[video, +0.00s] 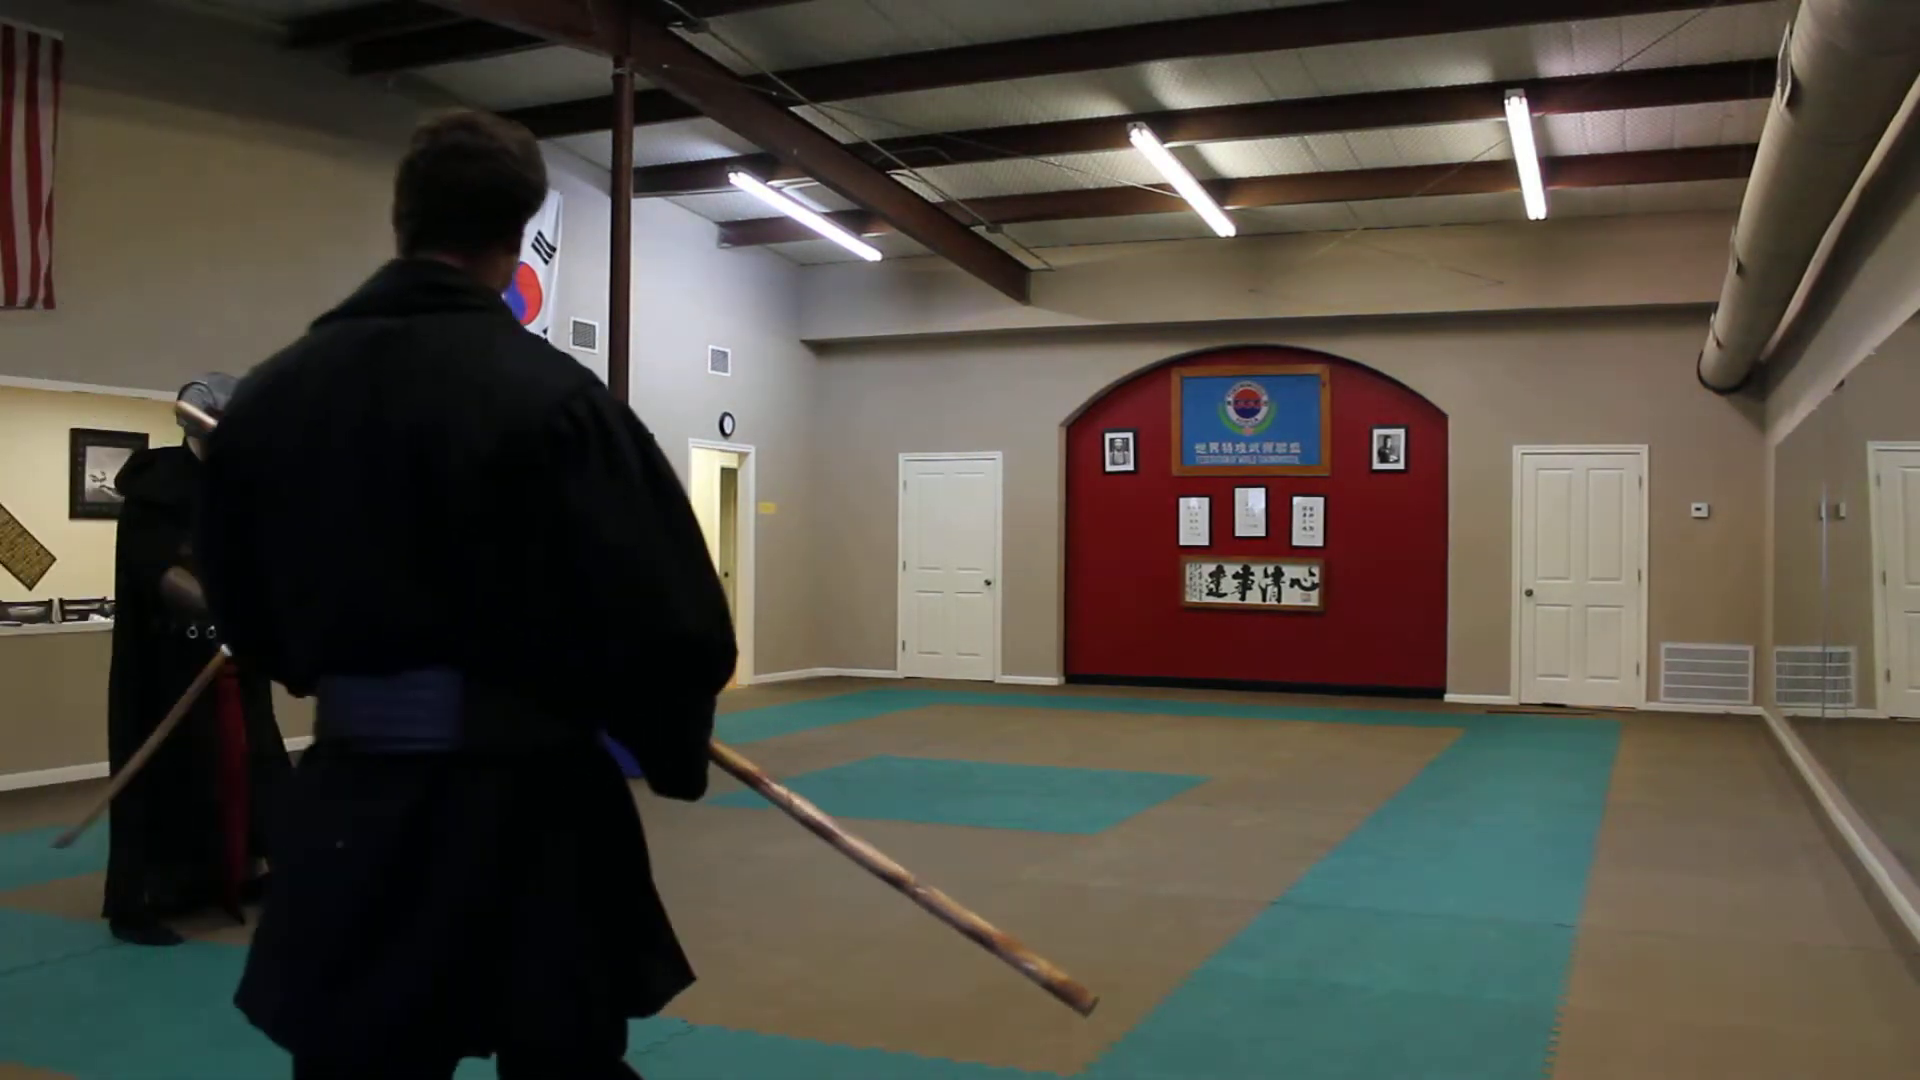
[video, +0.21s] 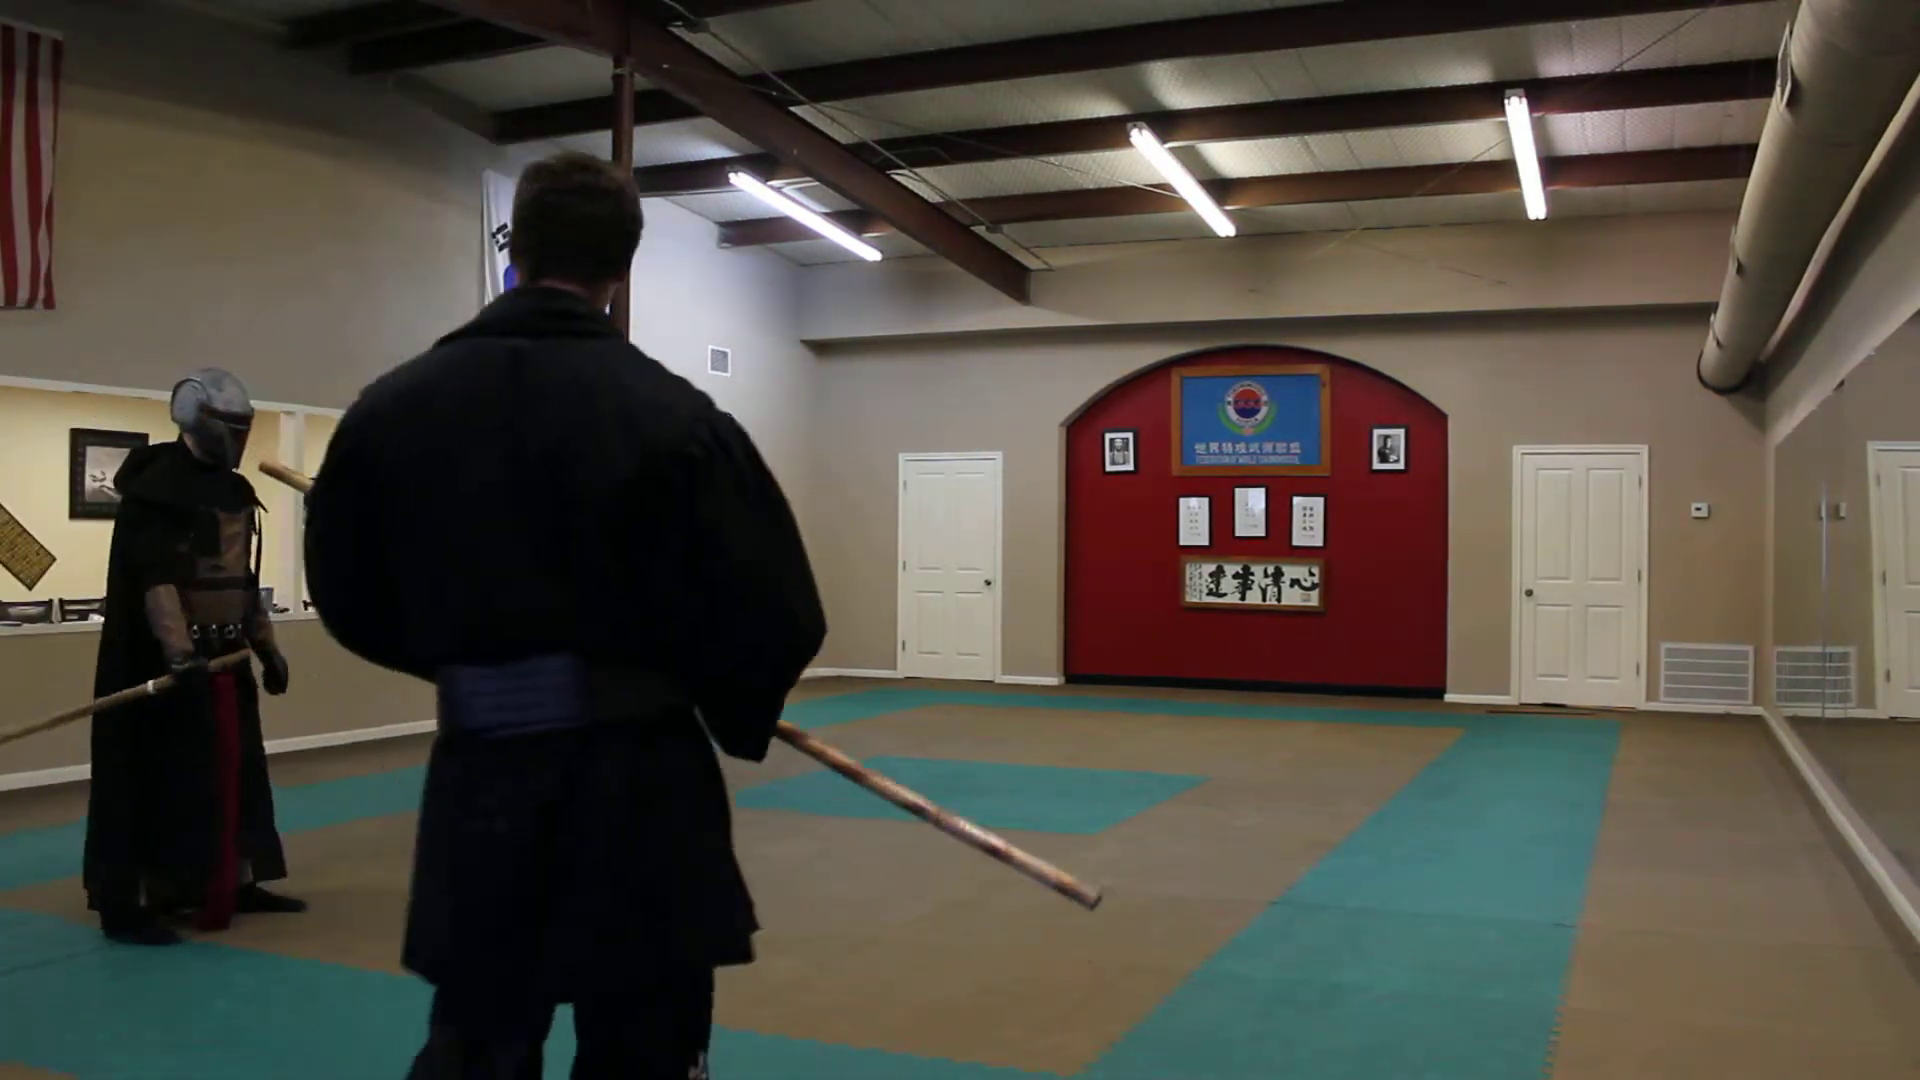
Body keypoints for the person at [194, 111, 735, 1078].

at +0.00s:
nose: (524, 261)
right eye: (524, 239)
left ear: (403, 224)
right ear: (515, 244)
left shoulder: (273, 399)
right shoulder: (559, 400)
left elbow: (253, 618)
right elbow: (678, 629)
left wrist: (341, 677)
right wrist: (661, 741)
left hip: (354, 807)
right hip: (537, 809)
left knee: (356, 1059)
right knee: (565, 1057)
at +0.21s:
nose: (623, 279)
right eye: (625, 261)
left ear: (513, 256)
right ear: (621, 269)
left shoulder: (396, 409)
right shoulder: (672, 415)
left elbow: (351, 600)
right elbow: (774, 617)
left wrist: (467, 655)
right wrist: (735, 703)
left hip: (483, 788)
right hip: (643, 791)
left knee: (480, 1041)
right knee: (642, 1048)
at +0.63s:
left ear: (602, 304)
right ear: (695, 308)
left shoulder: (524, 435)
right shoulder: (759, 438)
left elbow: (448, 593)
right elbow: (819, 599)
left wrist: (525, 664)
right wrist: (744, 683)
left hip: (589, 758)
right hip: (718, 758)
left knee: (622, 1006)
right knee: (704, 1014)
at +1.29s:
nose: (696, 355)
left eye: (695, 344)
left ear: (700, 350)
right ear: (774, 352)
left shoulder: (645, 457)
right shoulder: (837, 453)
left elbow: (592, 599)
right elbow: (889, 587)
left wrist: (650, 683)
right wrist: (839, 671)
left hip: (690, 719)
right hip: (808, 720)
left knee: (675, 926)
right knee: (813, 910)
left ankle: (669, 1065)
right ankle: (828, 1056)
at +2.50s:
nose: (692, 416)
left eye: (694, 403)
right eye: (690, 404)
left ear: (721, 398)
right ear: (744, 396)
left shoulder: (743, 468)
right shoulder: (807, 459)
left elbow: (709, 572)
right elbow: (804, 569)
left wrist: (667, 650)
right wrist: (713, 622)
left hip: (774, 662)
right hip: (824, 654)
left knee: (743, 816)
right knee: (817, 803)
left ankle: (737, 987)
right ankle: (825, 941)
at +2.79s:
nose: (694, 425)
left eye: (698, 412)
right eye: (693, 413)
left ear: (731, 408)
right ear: (735, 407)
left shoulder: (780, 475)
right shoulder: (759, 467)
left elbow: (771, 590)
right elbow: (731, 556)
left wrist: (722, 664)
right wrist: (694, 621)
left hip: (821, 669)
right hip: (785, 665)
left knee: (823, 818)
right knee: (789, 810)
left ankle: (880, 954)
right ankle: (814, 937)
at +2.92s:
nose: (686, 434)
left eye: (692, 422)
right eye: (685, 422)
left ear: (725, 418)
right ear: (724, 419)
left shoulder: (793, 488)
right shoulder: (728, 494)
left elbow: (811, 595)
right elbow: (707, 590)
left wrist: (747, 667)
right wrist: (679, 663)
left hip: (826, 676)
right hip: (770, 678)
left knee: (847, 811)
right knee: (754, 789)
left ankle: (894, 958)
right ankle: (809, 936)